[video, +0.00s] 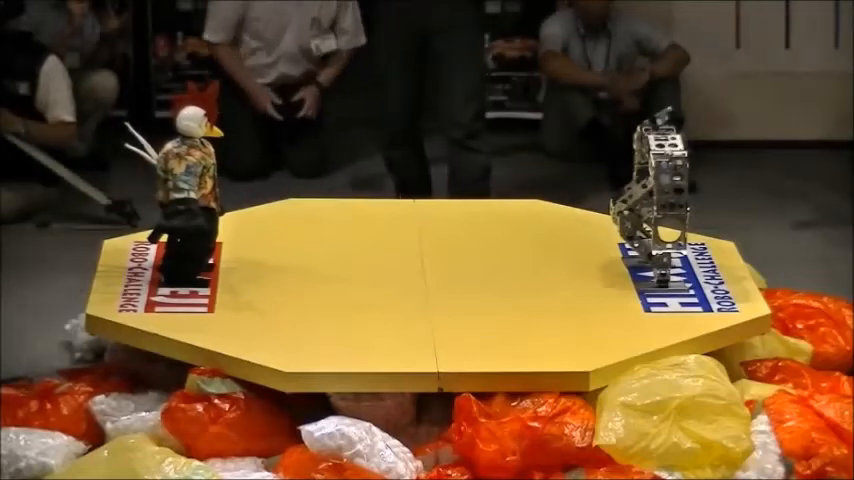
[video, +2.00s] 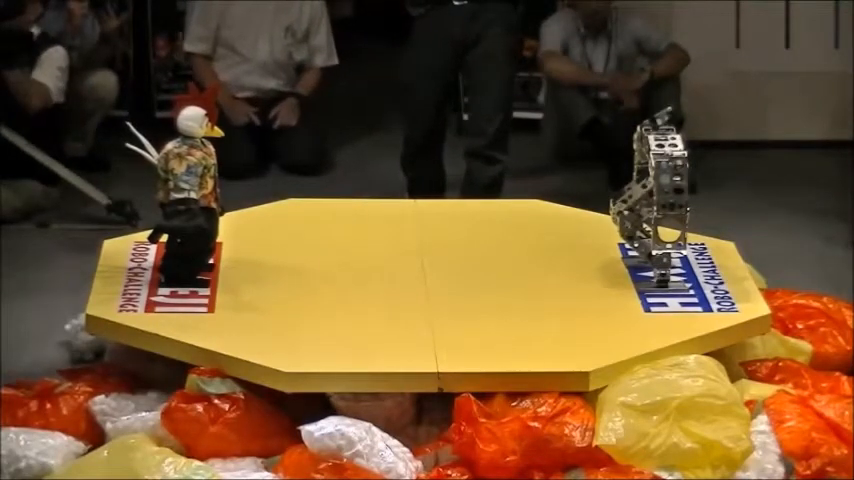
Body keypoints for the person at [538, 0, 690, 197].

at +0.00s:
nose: (599, 10)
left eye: (603, 5)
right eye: (592, 5)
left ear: (609, 5)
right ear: (575, 6)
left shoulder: (625, 24)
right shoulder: (557, 26)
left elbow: (679, 55)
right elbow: (551, 65)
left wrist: (643, 76)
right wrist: (609, 82)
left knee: (666, 83)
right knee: (566, 88)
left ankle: (668, 167)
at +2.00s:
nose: (597, 8)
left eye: (602, 4)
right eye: (589, 4)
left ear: (610, 5)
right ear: (574, 5)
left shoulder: (628, 25)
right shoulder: (559, 24)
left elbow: (679, 56)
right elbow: (552, 65)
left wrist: (644, 76)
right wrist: (609, 81)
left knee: (666, 80)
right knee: (561, 82)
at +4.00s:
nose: (595, 7)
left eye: (601, 2)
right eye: (588, 2)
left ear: (610, 4)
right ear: (575, 5)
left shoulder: (626, 24)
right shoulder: (557, 26)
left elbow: (679, 56)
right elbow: (555, 67)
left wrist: (644, 76)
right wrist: (612, 84)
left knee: (667, 82)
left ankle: (668, 167)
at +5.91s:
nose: (596, 9)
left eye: (602, 3)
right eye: (589, 3)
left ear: (611, 5)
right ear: (577, 5)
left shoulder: (628, 24)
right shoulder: (567, 21)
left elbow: (679, 56)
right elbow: (550, 64)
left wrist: (643, 76)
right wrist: (608, 83)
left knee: (667, 80)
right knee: (562, 84)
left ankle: (668, 163)